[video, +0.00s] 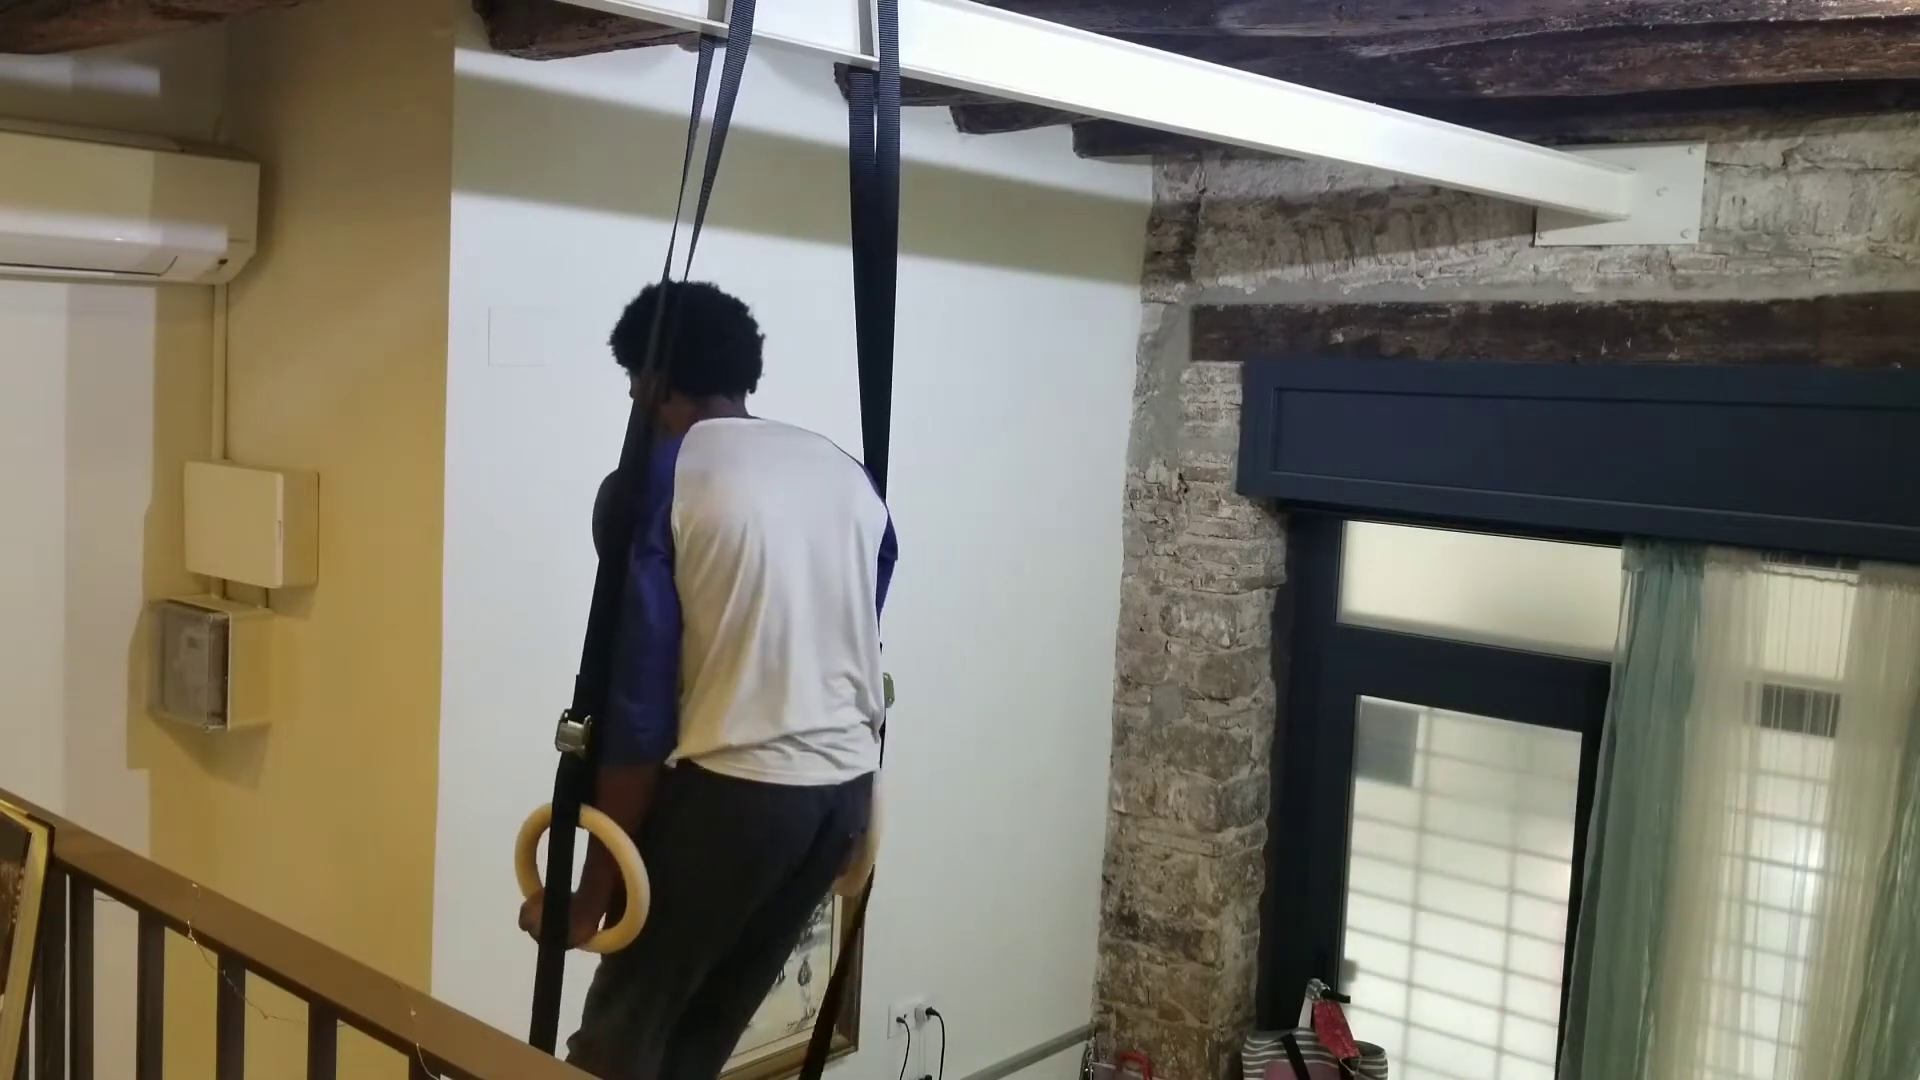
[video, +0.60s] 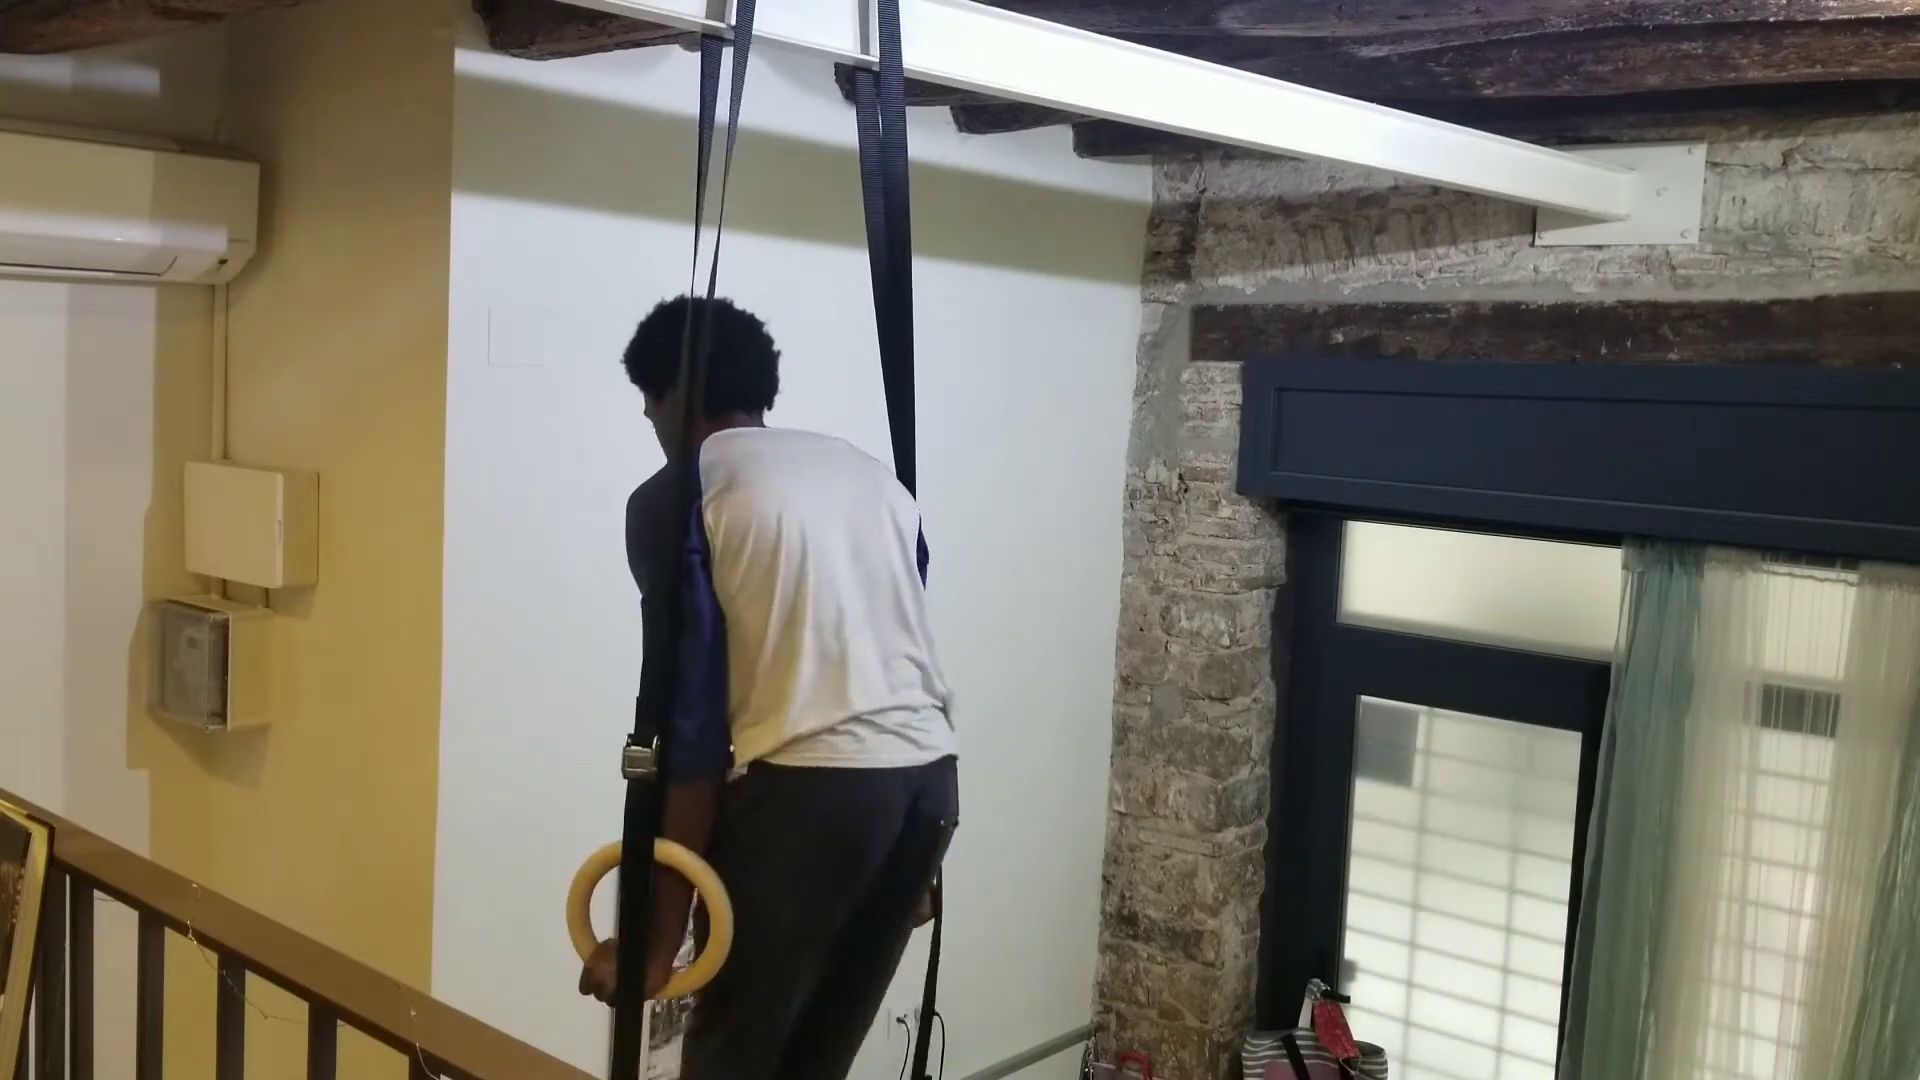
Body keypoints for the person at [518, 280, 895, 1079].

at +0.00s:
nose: (631, 399)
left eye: (633, 378)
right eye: (631, 378)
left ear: (657, 375)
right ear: (741, 376)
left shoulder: (657, 478)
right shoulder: (845, 472)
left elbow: (643, 694)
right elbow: (859, 637)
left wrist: (600, 867)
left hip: (726, 800)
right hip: (837, 805)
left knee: (621, 1035)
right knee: (702, 1042)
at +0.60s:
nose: (653, 425)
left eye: (653, 403)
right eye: (648, 407)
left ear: (682, 388)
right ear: (755, 383)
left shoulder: (677, 494)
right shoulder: (878, 478)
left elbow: (693, 728)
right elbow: (916, 664)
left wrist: (654, 946)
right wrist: (924, 859)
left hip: (804, 799)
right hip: (924, 797)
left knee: (733, 1056)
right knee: (819, 1058)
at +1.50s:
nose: (617, 448)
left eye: (613, 430)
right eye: (609, 432)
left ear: (640, 410)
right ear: (717, 391)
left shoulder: (646, 497)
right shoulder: (835, 471)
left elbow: (667, 678)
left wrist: (667, 861)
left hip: (782, 802)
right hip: (895, 787)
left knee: (779, 1058)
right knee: (877, 1059)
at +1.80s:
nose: (600, 444)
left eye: (597, 426)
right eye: (593, 428)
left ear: (625, 406)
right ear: (699, 389)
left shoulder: (629, 493)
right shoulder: (815, 464)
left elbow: (648, 674)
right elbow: (828, 640)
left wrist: (665, 836)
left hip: (760, 795)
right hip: (873, 785)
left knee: (752, 1056)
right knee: (839, 1056)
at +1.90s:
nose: (599, 436)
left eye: (595, 417)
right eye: (591, 419)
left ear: (622, 400)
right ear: (698, 385)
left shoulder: (622, 490)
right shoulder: (812, 468)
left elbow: (637, 684)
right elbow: (815, 656)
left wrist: (645, 878)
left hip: (743, 798)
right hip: (859, 789)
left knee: (743, 1058)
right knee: (833, 1056)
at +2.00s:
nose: (601, 429)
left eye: (596, 411)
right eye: (594, 412)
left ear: (619, 397)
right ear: (699, 382)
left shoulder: (617, 489)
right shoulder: (812, 470)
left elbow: (628, 693)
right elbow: (816, 661)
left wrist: (635, 895)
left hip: (730, 803)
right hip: (851, 794)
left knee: (739, 1060)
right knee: (831, 1059)